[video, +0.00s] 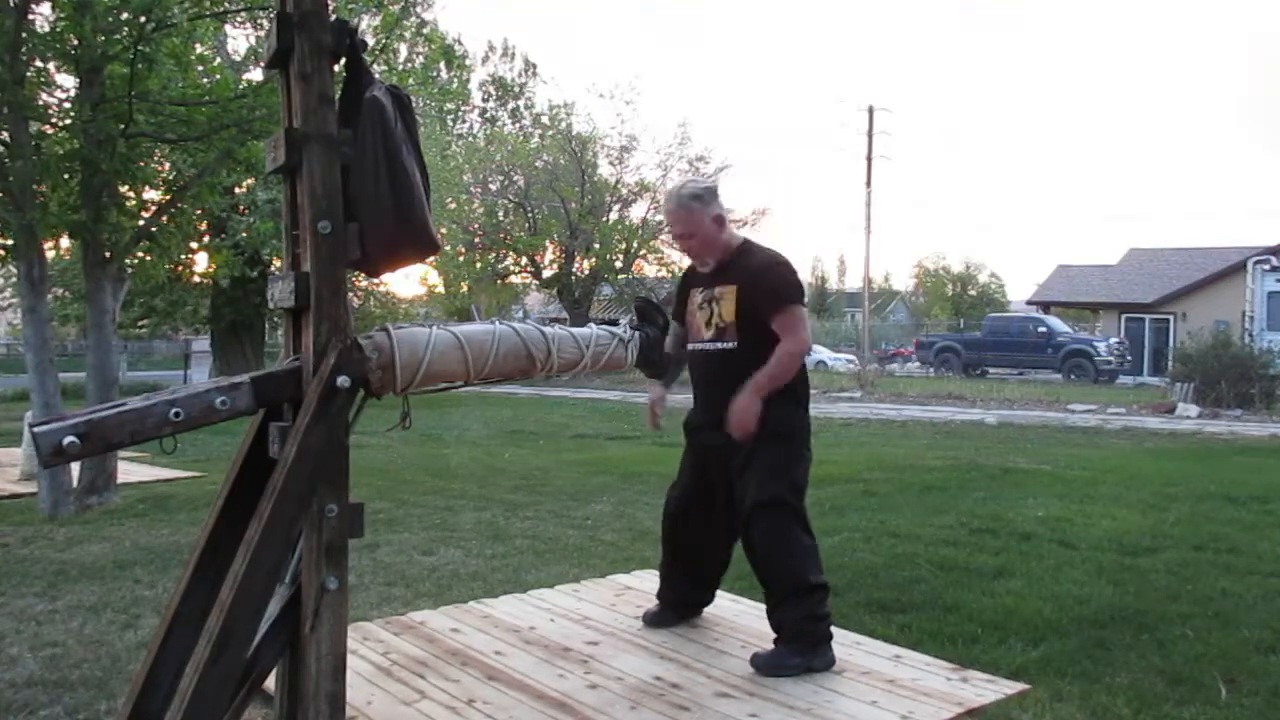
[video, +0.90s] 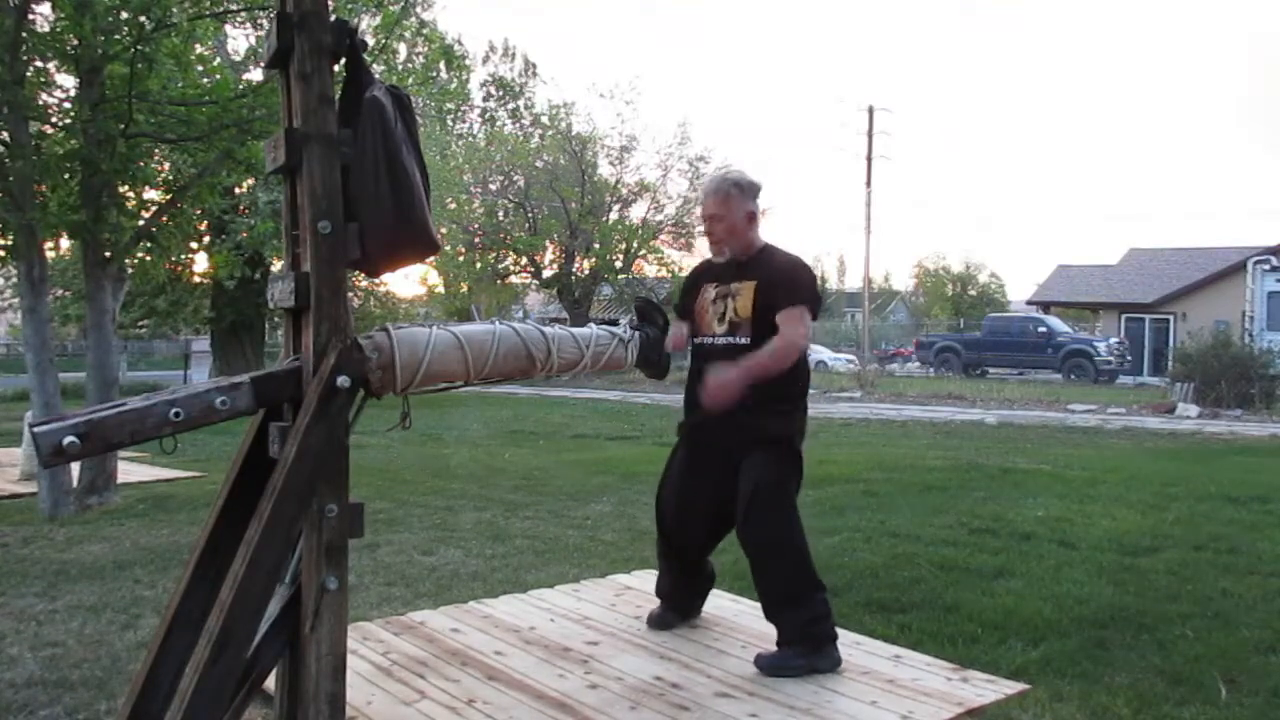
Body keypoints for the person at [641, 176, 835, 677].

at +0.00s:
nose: (681, 246)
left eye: (687, 235)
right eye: (675, 237)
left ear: (719, 221)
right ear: (675, 232)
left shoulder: (767, 269)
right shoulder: (691, 282)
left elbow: (797, 342)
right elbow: (681, 341)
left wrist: (754, 392)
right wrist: (661, 380)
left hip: (771, 424)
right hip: (712, 422)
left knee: (773, 519)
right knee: (691, 510)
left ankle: (807, 641)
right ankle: (682, 600)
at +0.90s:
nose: (709, 228)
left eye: (718, 218)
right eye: (705, 219)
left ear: (751, 216)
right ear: (703, 219)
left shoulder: (786, 271)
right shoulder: (701, 278)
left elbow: (793, 339)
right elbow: (682, 329)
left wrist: (739, 373)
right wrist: (669, 339)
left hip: (769, 430)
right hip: (707, 428)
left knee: (764, 517)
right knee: (678, 508)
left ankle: (812, 642)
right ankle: (681, 596)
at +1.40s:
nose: (736, 212)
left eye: (747, 204)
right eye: (734, 204)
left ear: (779, 208)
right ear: (735, 210)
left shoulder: (799, 271)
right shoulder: (719, 265)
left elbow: (758, 309)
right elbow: (678, 274)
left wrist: (702, 289)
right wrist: (643, 252)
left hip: (762, 432)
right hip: (700, 425)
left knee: (764, 528)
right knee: (675, 513)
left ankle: (812, 644)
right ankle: (681, 599)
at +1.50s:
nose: (736, 213)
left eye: (747, 204)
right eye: (734, 204)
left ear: (779, 208)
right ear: (736, 209)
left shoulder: (800, 271)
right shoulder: (721, 265)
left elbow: (762, 316)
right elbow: (680, 272)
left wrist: (704, 297)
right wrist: (643, 257)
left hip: (761, 434)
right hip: (699, 426)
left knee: (764, 530)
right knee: (675, 515)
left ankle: (813, 644)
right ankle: (681, 599)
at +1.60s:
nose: (735, 214)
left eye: (746, 205)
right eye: (733, 206)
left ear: (778, 208)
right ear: (734, 210)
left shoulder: (800, 272)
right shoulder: (721, 266)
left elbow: (764, 317)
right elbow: (679, 274)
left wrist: (705, 298)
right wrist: (643, 259)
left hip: (760, 434)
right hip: (698, 426)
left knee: (764, 530)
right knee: (674, 516)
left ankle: (813, 643)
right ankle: (681, 599)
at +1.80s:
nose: (734, 216)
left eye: (745, 206)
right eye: (731, 207)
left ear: (777, 210)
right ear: (731, 211)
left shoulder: (799, 272)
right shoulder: (720, 266)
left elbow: (763, 316)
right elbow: (678, 274)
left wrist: (705, 296)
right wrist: (642, 260)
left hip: (760, 434)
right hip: (698, 426)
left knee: (764, 531)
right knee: (674, 515)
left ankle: (813, 643)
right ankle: (681, 599)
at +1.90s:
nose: (732, 216)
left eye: (743, 207)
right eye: (730, 207)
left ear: (776, 209)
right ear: (730, 212)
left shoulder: (799, 272)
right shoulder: (719, 266)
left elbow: (763, 316)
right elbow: (677, 273)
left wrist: (704, 295)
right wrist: (643, 260)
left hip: (760, 434)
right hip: (698, 426)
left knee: (764, 531)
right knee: (674, 515)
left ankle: (813, 643)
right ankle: (681, 599)